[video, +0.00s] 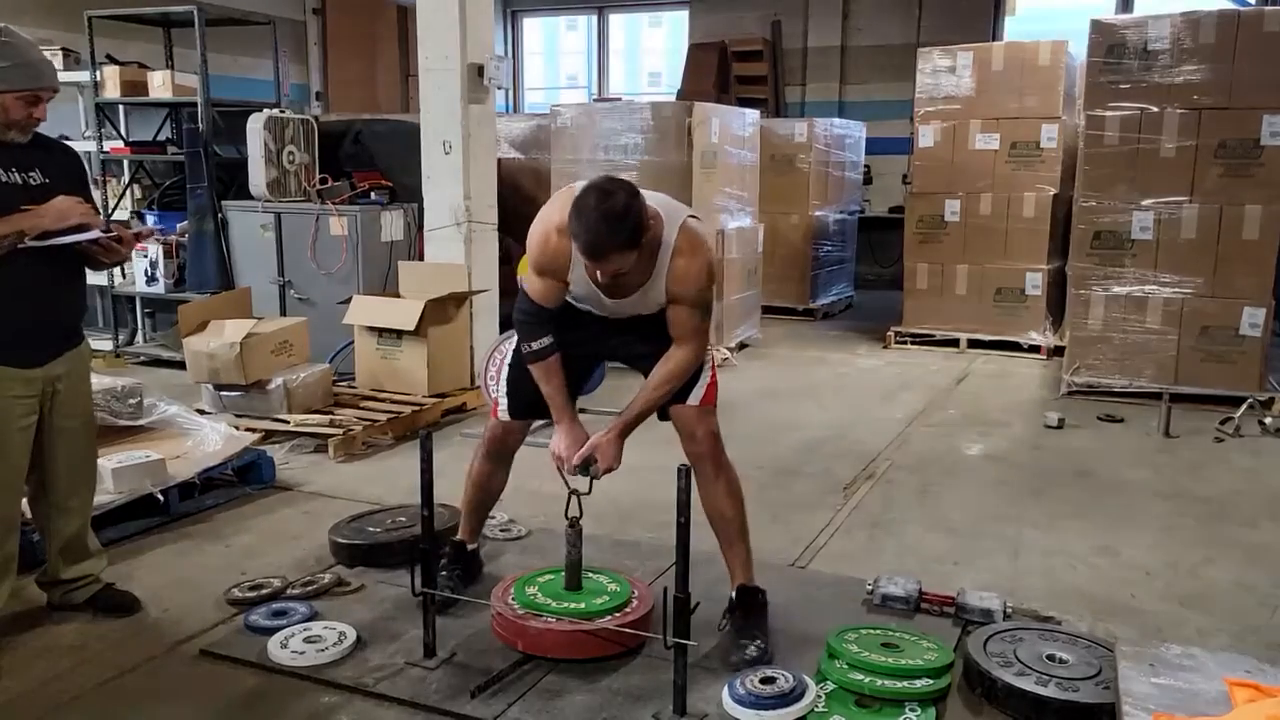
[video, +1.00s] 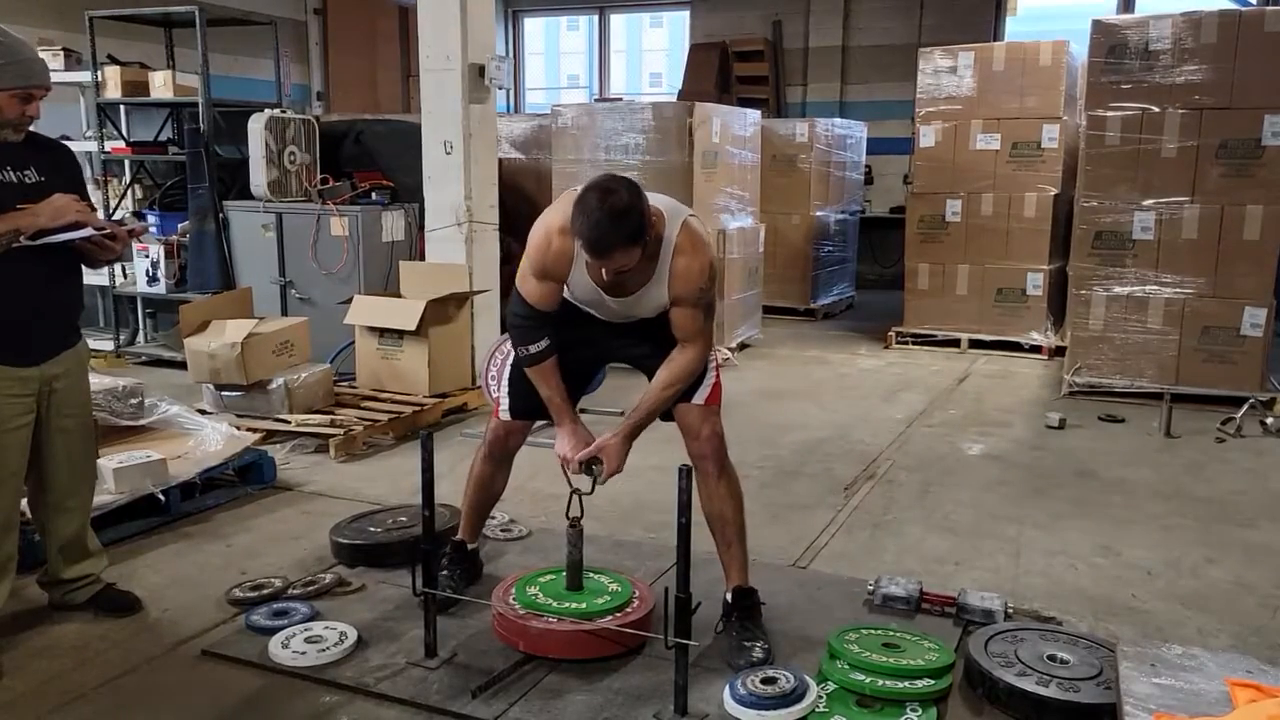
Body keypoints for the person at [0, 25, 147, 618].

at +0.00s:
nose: (40, 111)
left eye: (45, 100)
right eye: (29, 100)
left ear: (46, 96)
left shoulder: (62, 159)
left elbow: (85, 245)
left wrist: (110, 252)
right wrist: (38, 218)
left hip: (65, 350)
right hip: (6, 359)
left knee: (70, 476)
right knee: (7, 491)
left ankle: (74, 582)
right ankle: (3, 599)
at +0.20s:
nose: (38, 110)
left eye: (44, 99)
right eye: (27, 99)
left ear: (46, 95)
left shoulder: (62, 158)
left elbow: (84, 244)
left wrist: (109, 252)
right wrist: (37, 218)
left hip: (65, 349)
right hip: (6, 357)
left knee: (70, 475)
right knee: (7, 490)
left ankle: (74, 582)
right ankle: (4, 598)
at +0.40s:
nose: (37, 109)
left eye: (42, 98)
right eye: (26, 98)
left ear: (44, 95)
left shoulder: (60, 158)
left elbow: (87, 242)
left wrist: (109, 252)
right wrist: (36, 218)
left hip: (64, 348)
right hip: (4, 357)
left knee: (70, 474)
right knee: (6, 490)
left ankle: (74, 581)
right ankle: (3, 599)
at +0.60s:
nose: (36, 109)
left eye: (41, 97)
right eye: (25, 98)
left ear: (43, 94)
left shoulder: (59, 157)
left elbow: (87, 242)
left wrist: (108, 251)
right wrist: (36, 218)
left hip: (64, 348)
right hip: (6, 357)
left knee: (70, 473)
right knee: (7, 489)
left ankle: (75, 581)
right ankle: (5, 598)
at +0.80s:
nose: (34, 109)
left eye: (40, 97)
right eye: (24, 97)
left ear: (42, 94)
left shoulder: (58, 157)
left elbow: (84, 243)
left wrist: (107, 251)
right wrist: (34, 218)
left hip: (63, 347)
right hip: (4, 356)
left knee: (70, 473)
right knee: (6, 489)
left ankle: (75, 580)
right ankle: (2, 598)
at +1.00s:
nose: (34, 109)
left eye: (39, 97)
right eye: (23, 98)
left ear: (43, 92)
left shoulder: (57, 157)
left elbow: (84, 245)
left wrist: (107, 250)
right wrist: (36, 216)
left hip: (63, 347)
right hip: (4, 356)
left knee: (69, 474)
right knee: (5, 491)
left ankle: (74, 581)